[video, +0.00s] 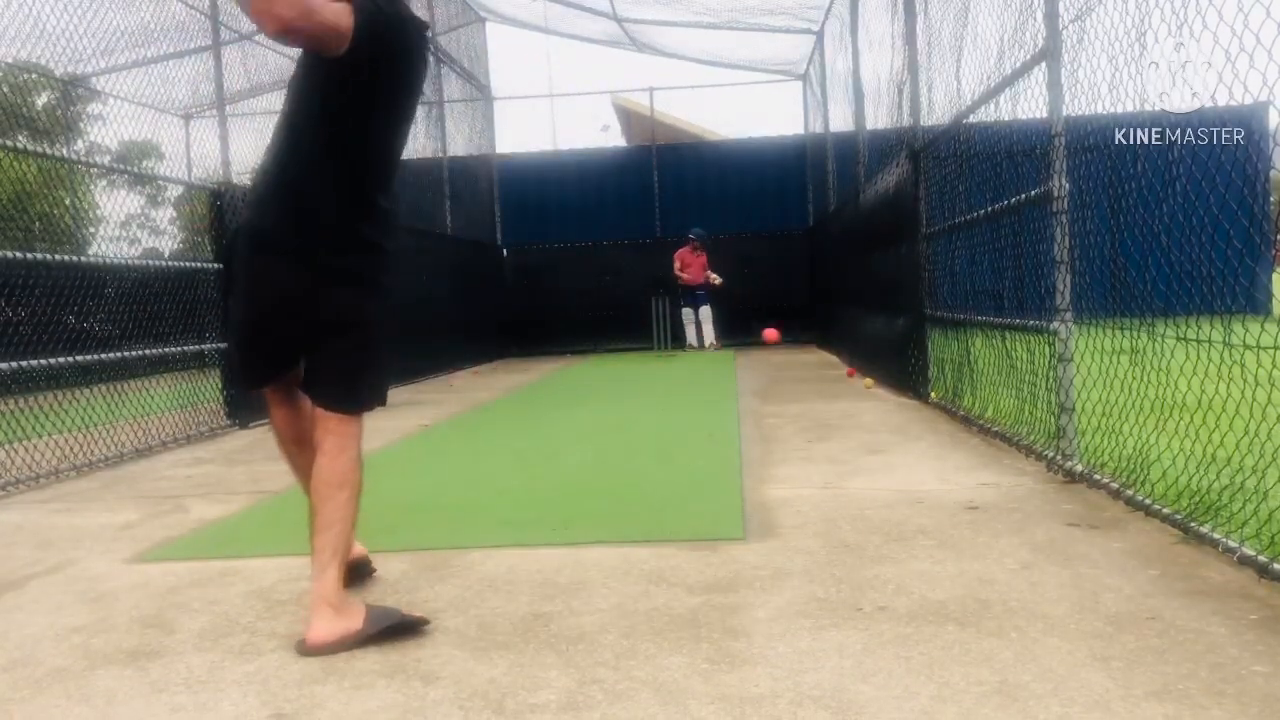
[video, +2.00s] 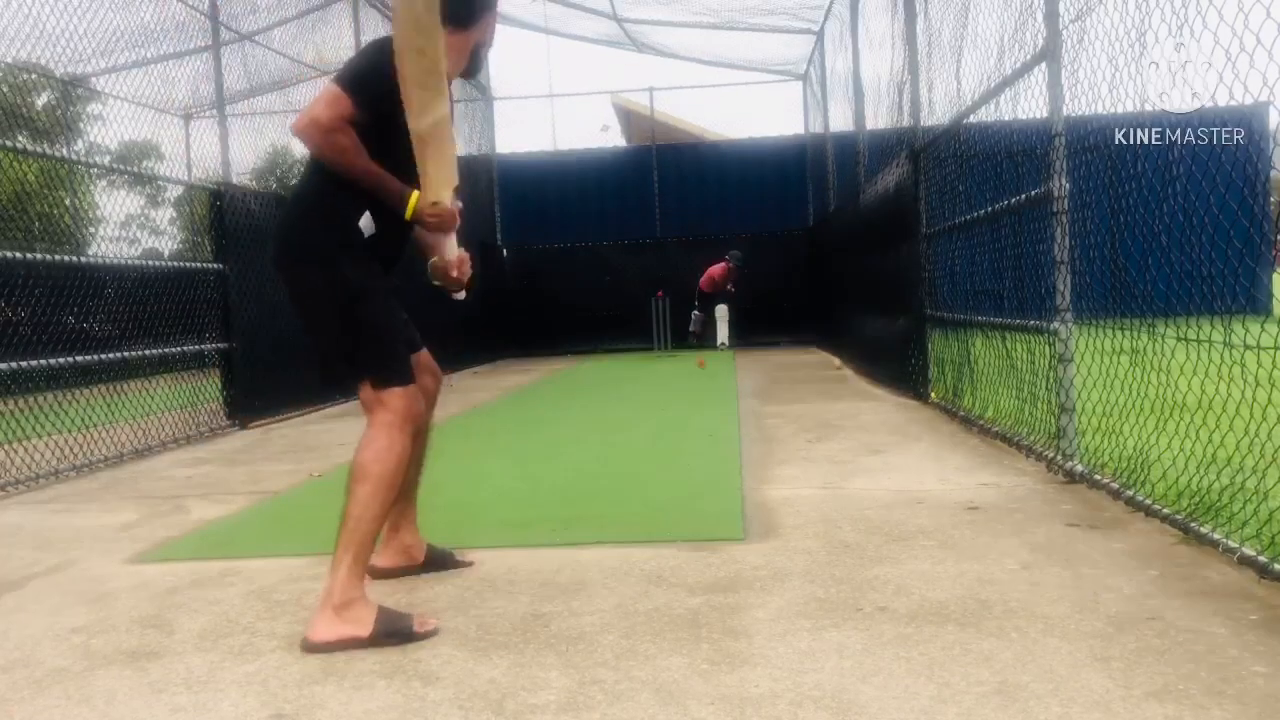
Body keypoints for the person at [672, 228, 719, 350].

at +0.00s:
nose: (695, 244)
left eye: (697, 241)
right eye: (694, 241)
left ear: (701, 242)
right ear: (691, 240)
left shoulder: (702, 254)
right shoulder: (680, 254)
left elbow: (706, 270)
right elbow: (676, 270)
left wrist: (712, 276)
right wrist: (684, 276)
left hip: (701, 286)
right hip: (686, 287)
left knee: (705, 314)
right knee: (688, 315)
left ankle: (709, 342)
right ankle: (691, 343)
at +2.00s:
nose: (735, 267)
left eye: (736, 265)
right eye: (734, 264)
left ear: (735, 264)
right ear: (729, 262)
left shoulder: (730, 269)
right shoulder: (720, 271)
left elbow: (728, 280)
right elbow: (721, 286)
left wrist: (729, 286)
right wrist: (727, 288)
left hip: (715, 291)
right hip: (704, 291)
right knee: (701, 314)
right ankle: (695, 335)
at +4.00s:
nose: (717, 251)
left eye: (719, 249)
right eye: (715, 248)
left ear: (723, 251)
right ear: (712, 249)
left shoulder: (722, 263)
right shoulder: (703, 260)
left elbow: (724, 280)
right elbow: (696, 277)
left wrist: (729, 293)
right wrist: (704, 289)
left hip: (711, 292)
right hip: (696, 291)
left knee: (711, 314)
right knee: (688, 315)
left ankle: (714, 345)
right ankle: (686, 343)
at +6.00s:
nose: (694, 257)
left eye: (697, 254)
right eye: (692, 254)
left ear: (700, 256)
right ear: (688, 255)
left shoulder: (704, 270)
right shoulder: (680, 268)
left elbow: (708, 288)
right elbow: (670, 280)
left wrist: (709, 297)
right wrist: (663, 284)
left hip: (697, 304)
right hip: (681, 303)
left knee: (701, 328)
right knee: (676, 330)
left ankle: (707, 356)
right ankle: (674, 357)